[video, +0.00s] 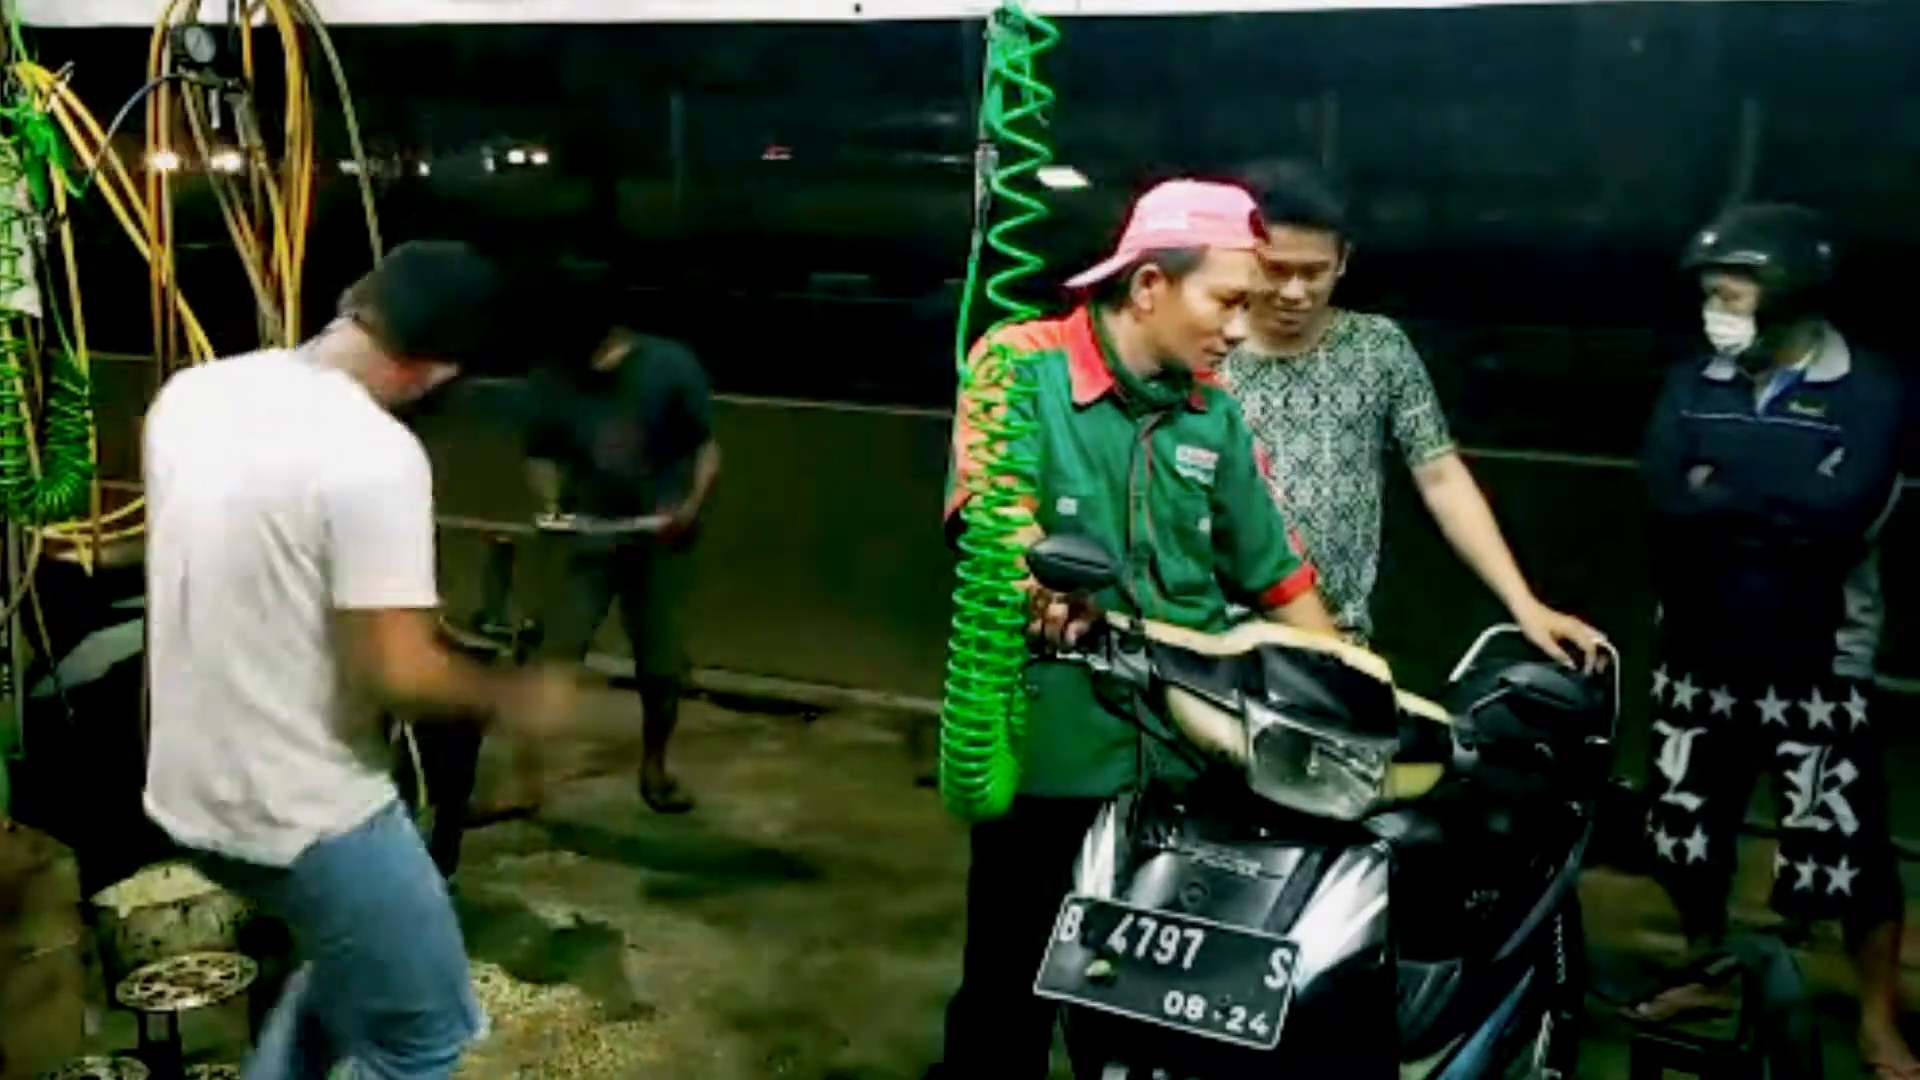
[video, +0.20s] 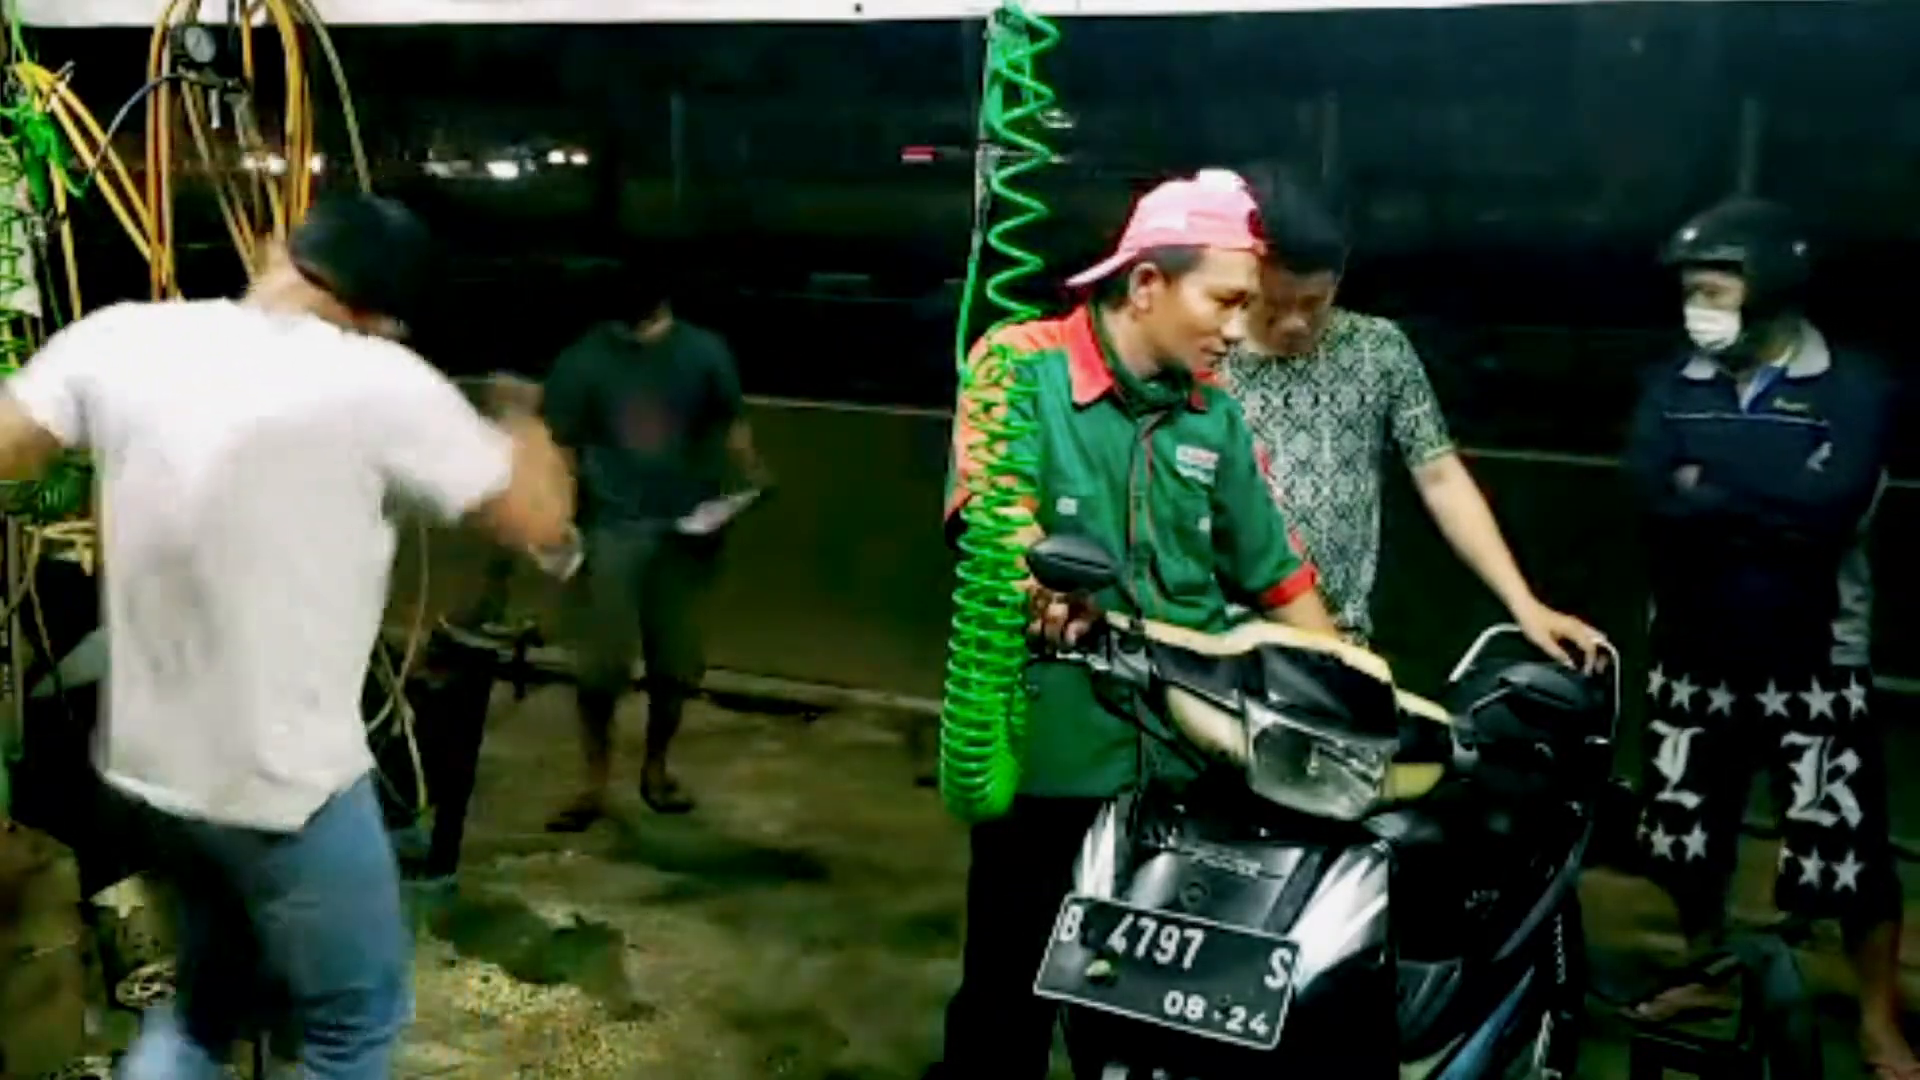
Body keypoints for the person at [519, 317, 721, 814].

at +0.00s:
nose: (595, 356)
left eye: (599, 346)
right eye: (584, 350)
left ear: (616, 330)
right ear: (568, 342)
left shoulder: (669, 369)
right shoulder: (554, 379)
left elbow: (707, 448)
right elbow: (540, 454)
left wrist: (687, 509)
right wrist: (549, 506)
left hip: (656, 541)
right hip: (585, 540)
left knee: (662, 666)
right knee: (555, 656)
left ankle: (655, 770)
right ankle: (527, 783)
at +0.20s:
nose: (642, 326)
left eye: (651, 315)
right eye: (631, 317)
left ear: (665, 305)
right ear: (612, 311)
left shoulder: (703, 356)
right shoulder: (585, 362)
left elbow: (734, 427)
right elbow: (556, 447)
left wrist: (743, 482)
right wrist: (556, 519)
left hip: (684, 531)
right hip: (609, 530)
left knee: (674, 663)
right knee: (600, 662)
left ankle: (657, 774)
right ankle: (592, 787)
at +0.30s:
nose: (657, 322)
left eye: (665, 309)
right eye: (646, 312)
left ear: (681, 301)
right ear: (629, 306)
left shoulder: (716, 351)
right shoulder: (605, 357)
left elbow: (741, 421)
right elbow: (563, 441)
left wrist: (772, 455)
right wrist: (558, 521)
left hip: (699, 528)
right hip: (629, 528)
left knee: (690, 657)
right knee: (644, 656)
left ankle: (653, 770)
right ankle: (650, 781)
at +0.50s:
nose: (693, 340)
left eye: (701, 326)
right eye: (679, 331)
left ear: (716, 315)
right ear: (657, 326)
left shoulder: (745, 357)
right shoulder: (629, 373)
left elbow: (766, 427)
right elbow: (591, 457)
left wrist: (767, 480)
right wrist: (639, 512)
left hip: (719, 531)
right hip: (651, 533)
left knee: (687, 659)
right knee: (698, 658)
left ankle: (655, 765)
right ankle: (719, 804)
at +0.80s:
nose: (739, 319)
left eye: (747, 303)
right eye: (725, 307)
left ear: (761, 297)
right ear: (701, 303)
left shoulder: (780, 341)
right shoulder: (669, 359)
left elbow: (799, 418)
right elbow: (635, 453)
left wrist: (791, 465)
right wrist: (725, 476)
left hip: (750, 525)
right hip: (678, 528)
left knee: (773, 655)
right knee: (714, 662)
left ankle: (706, 765)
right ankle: (715, 804)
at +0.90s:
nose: (768, 306)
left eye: (773, 292)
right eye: (754, 294)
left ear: (784, 289)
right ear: (720, 289)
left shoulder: (794, 340)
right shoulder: (687, 354)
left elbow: (808, 424)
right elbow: (654, 451)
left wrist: (804, 471)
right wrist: (750, 467)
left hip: (774, 541)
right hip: (705, 544)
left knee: (803, 671)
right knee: (719, 684)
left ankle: (789, 804)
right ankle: (719, 807)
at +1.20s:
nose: (843, 287)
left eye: (853, 276)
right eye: (830, 275)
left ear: (868, 283)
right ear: (803, 279)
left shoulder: (870, 344)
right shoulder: (769, 351)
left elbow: (864, 429)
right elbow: (733, 455)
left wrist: (879, 471)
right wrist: (836, 464)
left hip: (850, 553)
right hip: (772, 553)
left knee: (875, 686)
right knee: (753, 687)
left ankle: (888, 824)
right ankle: (722, 798)